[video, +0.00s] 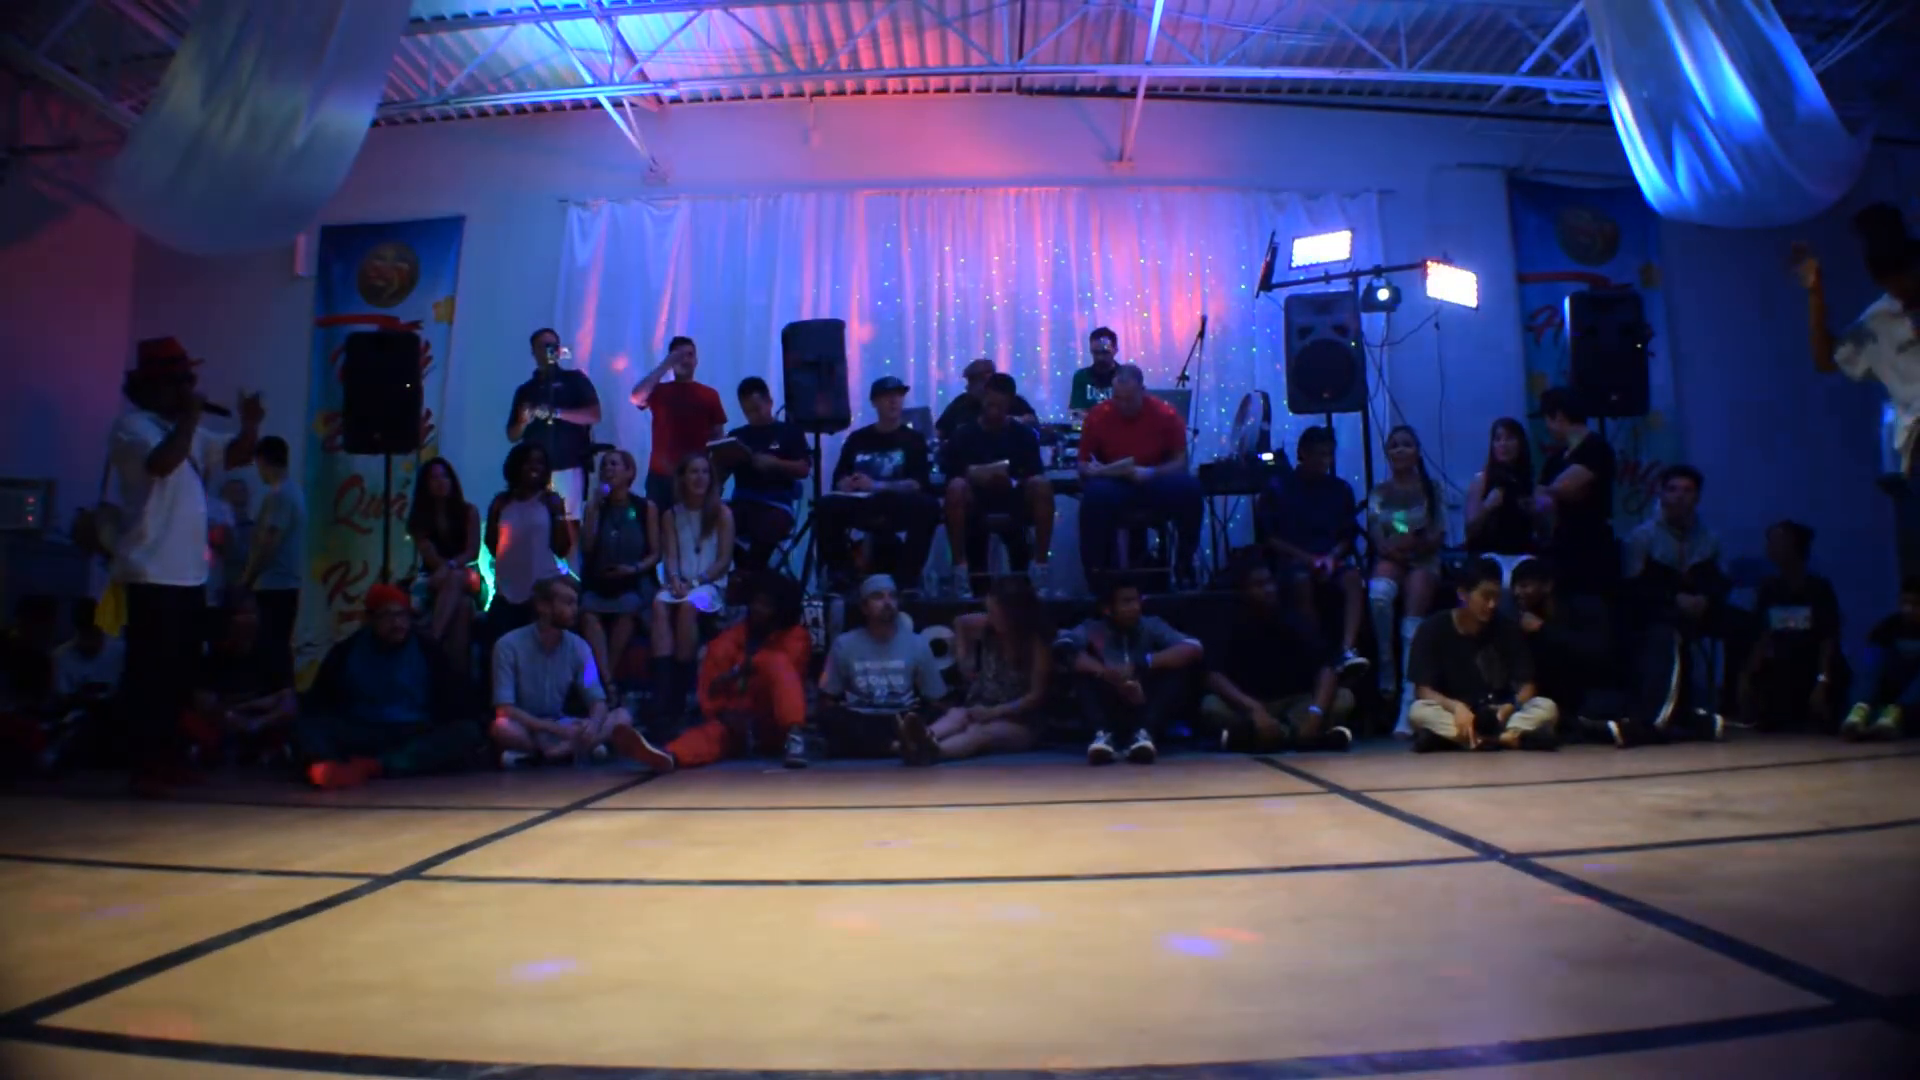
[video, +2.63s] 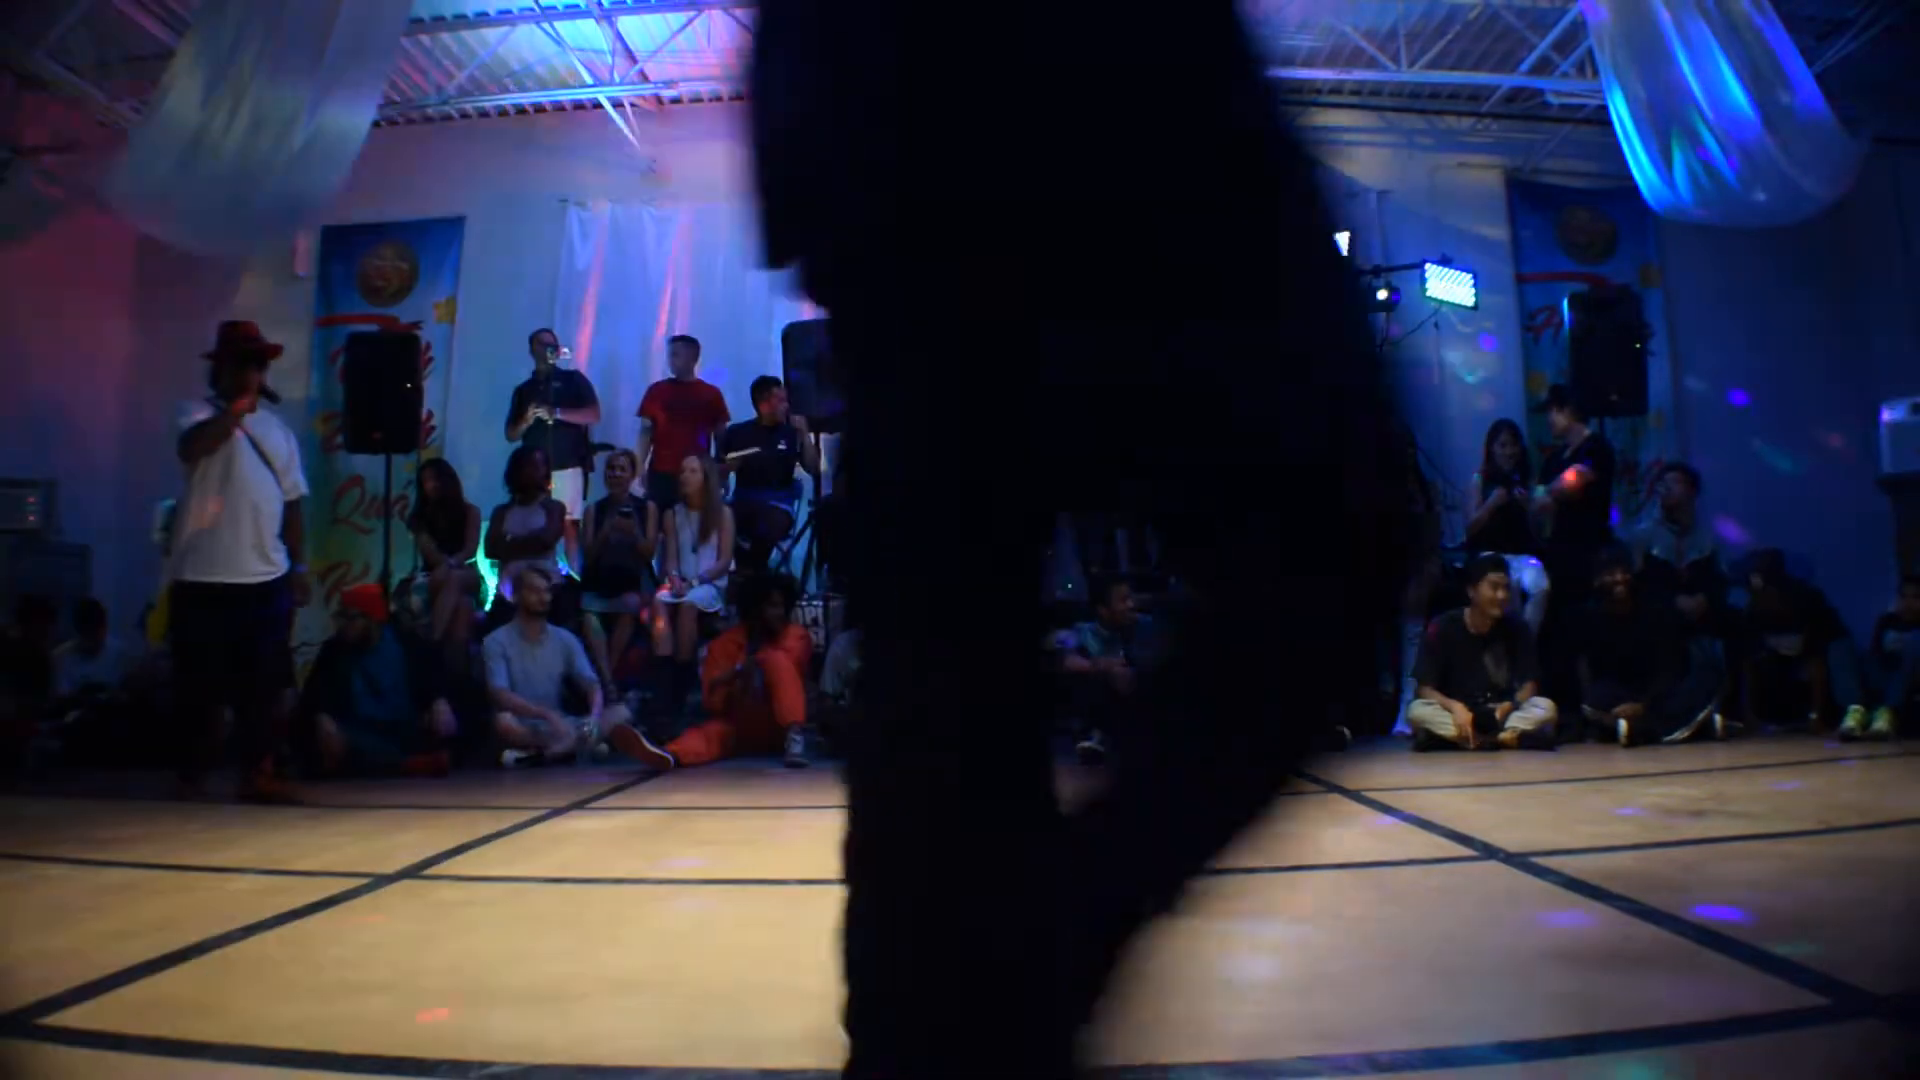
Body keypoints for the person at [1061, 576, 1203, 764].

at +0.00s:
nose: (1134, 608)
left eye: (1136, 601)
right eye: (1126, 602)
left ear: (1141, 603)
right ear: (1108, 609)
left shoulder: (1150, 627)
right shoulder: (1094, 630)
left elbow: (1193, 648)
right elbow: (1064, 649)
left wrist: (1142, 665)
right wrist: (1115, 678)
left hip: (1146, 701)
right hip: (1107, 701)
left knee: (1171, 673)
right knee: (1086, 676)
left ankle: (1144, 735)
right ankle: (1101, 735)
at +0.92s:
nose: (1151, 610)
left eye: (1154, 604)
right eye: (1144, 604)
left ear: (1157, 606)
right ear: (1124, 607)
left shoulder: (1158, 629)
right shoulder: (1098, 629)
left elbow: (1194, 651)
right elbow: (1067, 650)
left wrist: (1146, 661)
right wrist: (1114, 669)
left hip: (1148, 702)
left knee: (1173, 670)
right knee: (1088, 672)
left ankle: (1144, 733)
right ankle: (1101, 734)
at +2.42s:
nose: (1134, 606)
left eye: (1134, 600)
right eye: (1126, 601)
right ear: (1107, 609)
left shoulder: (1145, 626)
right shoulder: (1088, 632)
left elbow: (1185, 647)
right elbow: (1059, 654)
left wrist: (1137, 659)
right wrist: (1107, 669)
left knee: (1163, 669)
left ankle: (1143, 733)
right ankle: (1099, 733)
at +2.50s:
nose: (1133, 606)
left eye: (1132, 600)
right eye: (1125, 601)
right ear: (1105, 610)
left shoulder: (1143, 627)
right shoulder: (1086, 633)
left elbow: (1185, 647)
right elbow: (1053, 652)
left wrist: (1136, 659)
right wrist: (1105, 668)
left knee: (1160, 668)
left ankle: (1142, 734)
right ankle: (1099, 734)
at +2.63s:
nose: (1131, 606)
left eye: (1130, 599)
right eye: (1123, 600)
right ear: (1104, 609)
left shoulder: (1141, 631)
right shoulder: (1085, 635)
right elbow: (1069, 662)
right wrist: (1109, 668)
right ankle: (1092, 734)